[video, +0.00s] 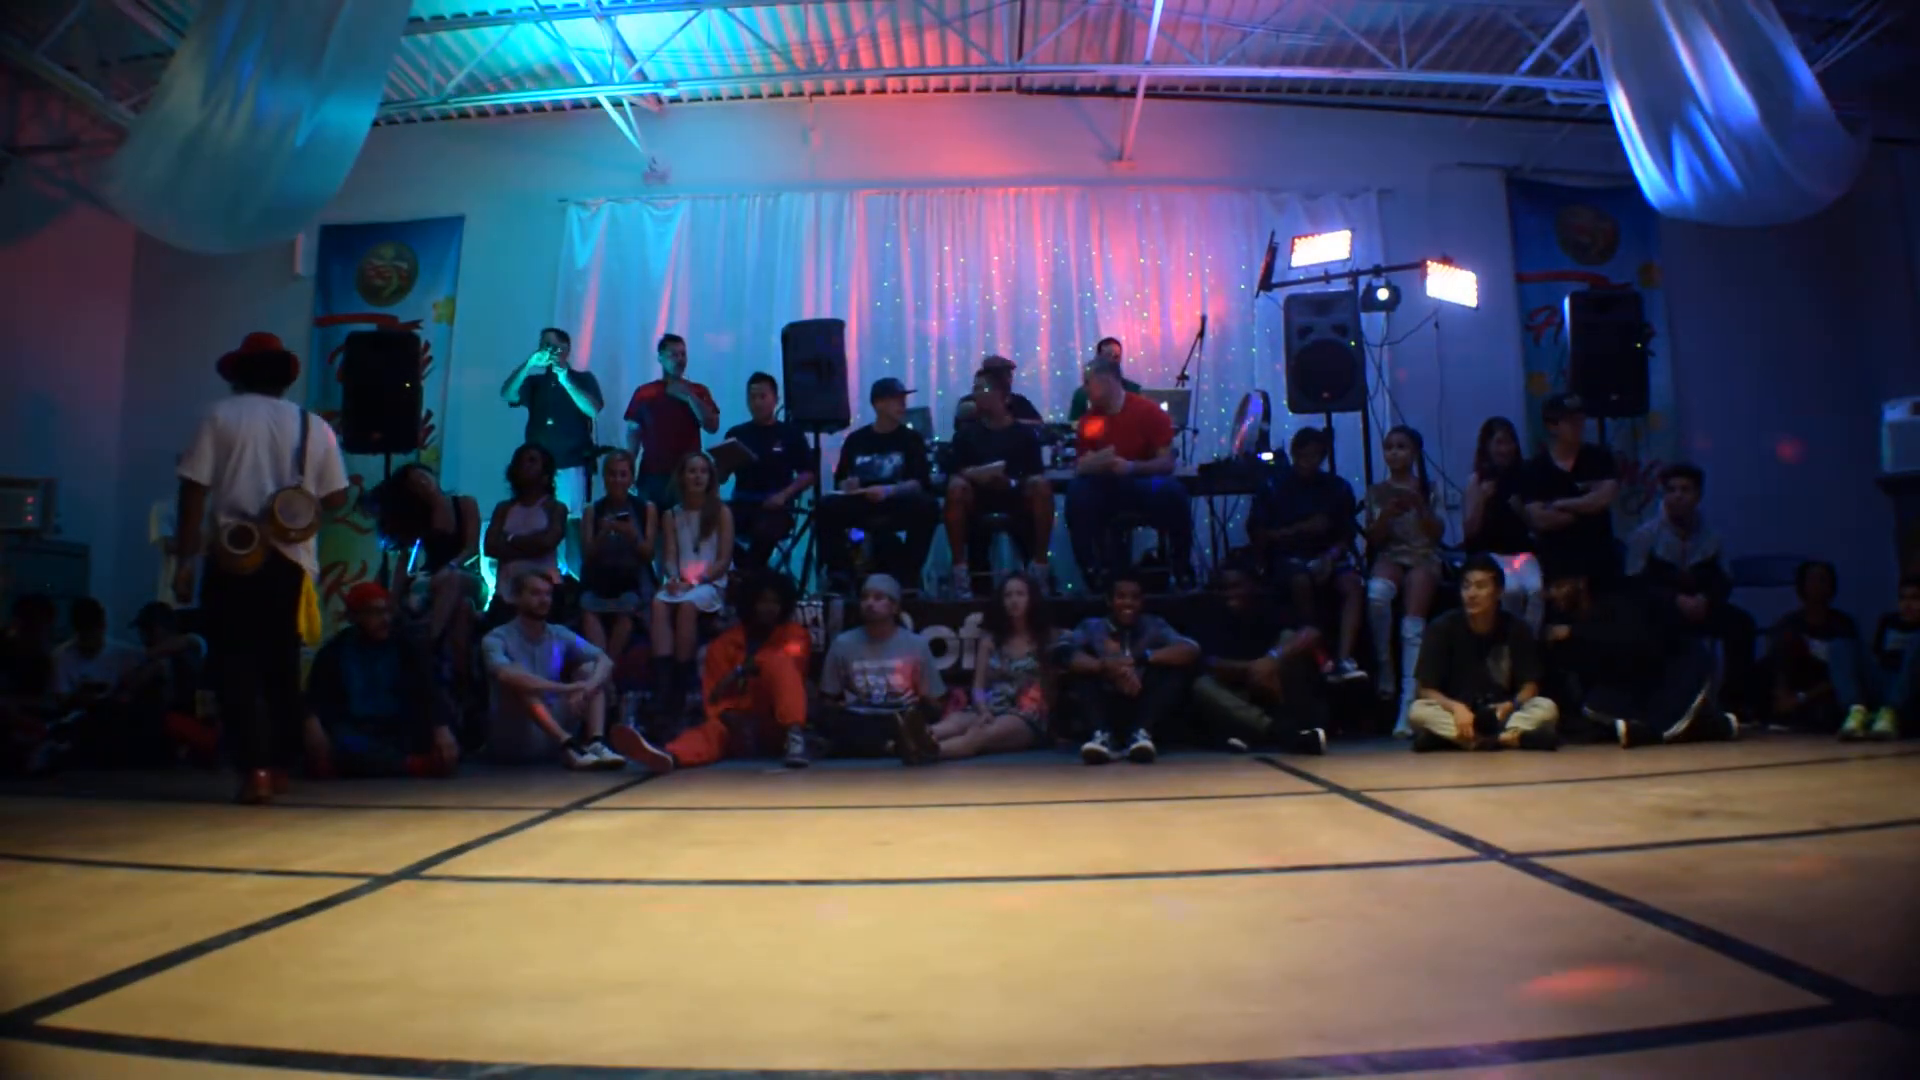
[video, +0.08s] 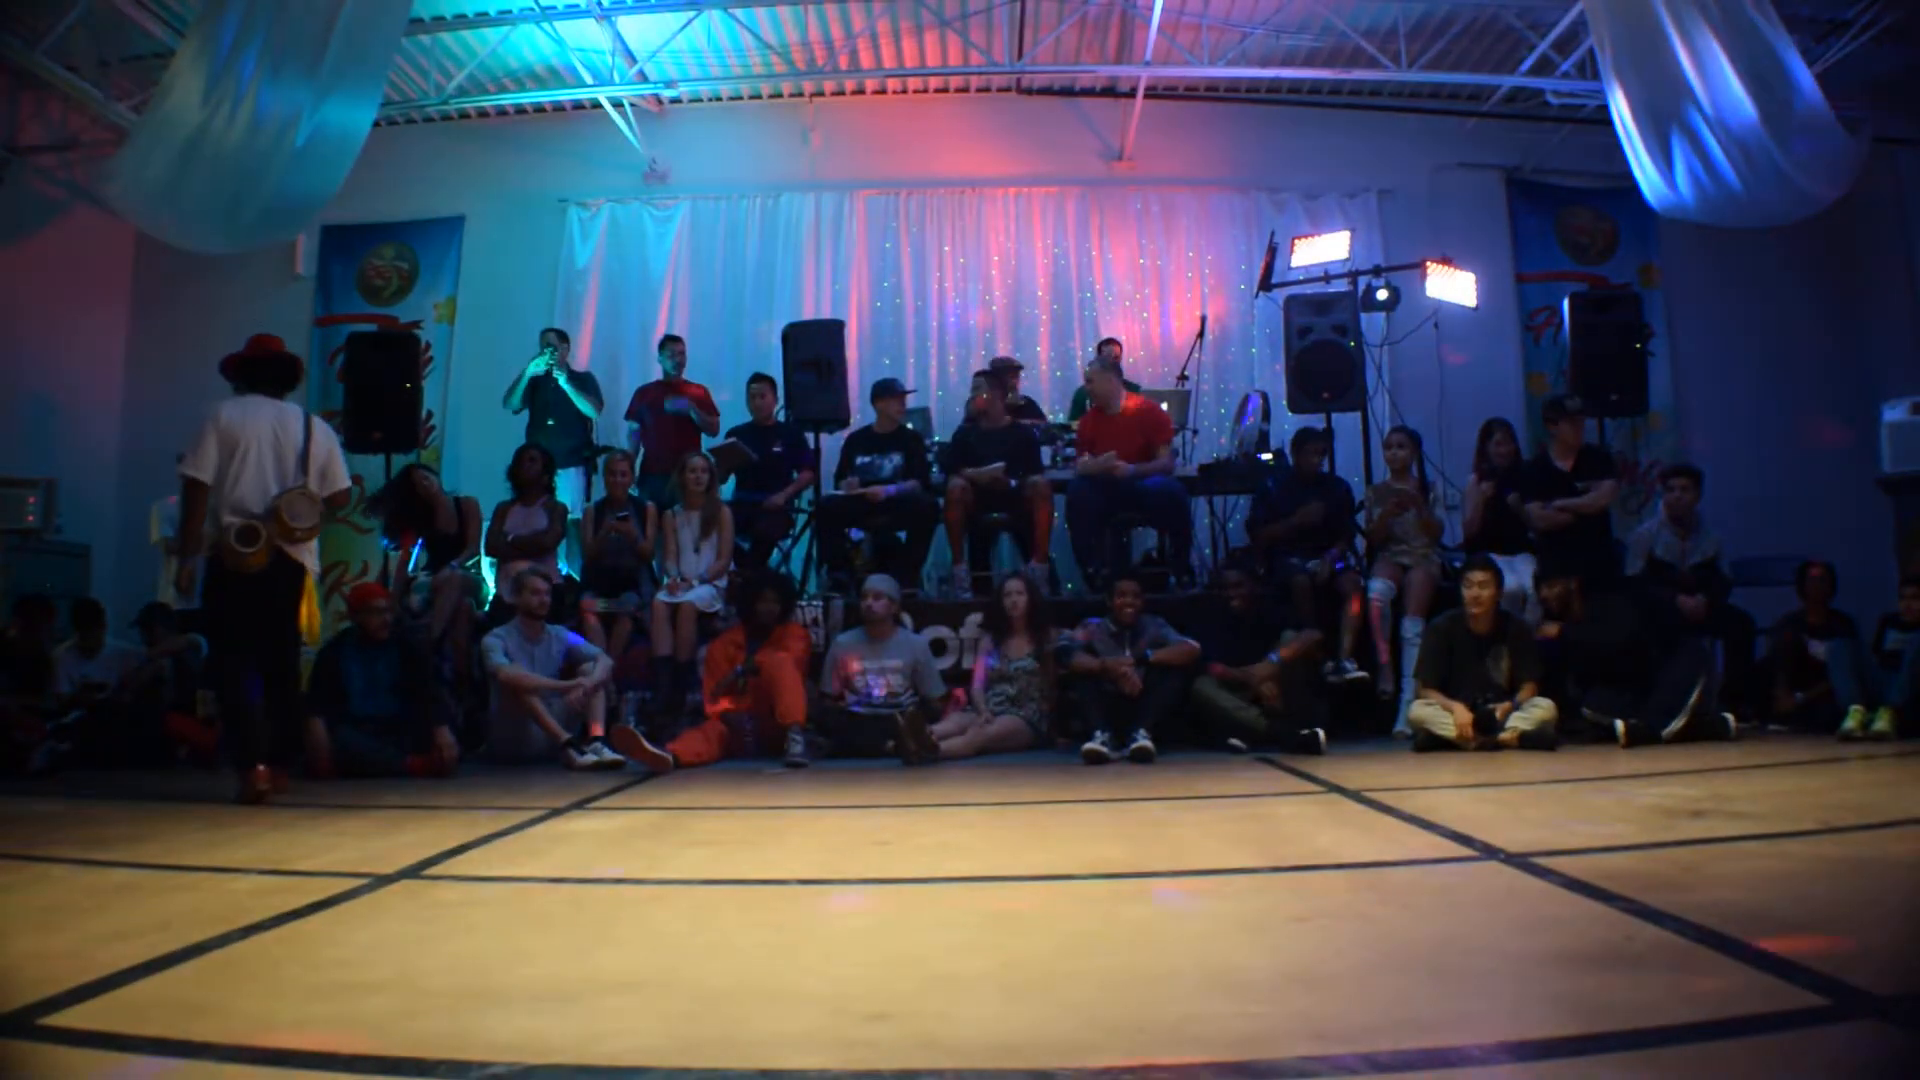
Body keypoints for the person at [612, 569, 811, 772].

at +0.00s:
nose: (768, 609)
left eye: (775, 603)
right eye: (762, 602)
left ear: (784, 607)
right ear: (749, 604)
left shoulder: (793, 634)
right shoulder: (724, 645)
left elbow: (790, 662)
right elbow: (713, 703)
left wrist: (756, 665)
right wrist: (735, 676)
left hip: (775, 718)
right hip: (737, 721)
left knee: (779, 661)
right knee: (709, 734)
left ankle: (795, 737)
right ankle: (670, 756)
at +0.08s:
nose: (768, 609)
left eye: (775, 603)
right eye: (762, 602)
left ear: (784, 607)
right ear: (749, 604)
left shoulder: (793, 634)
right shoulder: (724, 645)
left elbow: (790, 666)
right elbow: (714, 703)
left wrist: (756, 665)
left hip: (775, 718)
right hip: (738, 721)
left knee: (779, 661)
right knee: (711, 733)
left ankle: (794, 738)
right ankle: (671, 756)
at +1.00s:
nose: (767, 609)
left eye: (773, 603)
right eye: (761, 602)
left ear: (783, 606)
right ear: (749, 604)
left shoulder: (793, 633)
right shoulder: (723, 646)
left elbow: (791, 665)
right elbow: (713, 703)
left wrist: (755, 665)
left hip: (774, 717)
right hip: (737, 721)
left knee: (780, 661)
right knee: (710, 735)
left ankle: (795, 737)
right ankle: (670, 755)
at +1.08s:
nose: (767, 609)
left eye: (773, 603)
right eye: (761, 602)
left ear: (783, 606)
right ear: (749, 604)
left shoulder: (793, 633)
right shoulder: (725, 644)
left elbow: (790, 663)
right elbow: (713, 702)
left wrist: (754, 666)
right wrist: (734, 678)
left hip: (773, 715)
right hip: (736, 721)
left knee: (779, 661)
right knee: (710, 734)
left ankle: (795, 737)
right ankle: (670, 755)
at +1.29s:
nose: (768, 609)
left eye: (774, 603)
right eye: (762, 602)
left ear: (784, 606)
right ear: (749, 604)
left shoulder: (793, 633)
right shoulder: (724, 645)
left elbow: (788, 664)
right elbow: (713, 705)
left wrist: (752, 667)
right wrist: (734, 680)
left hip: (775, 715)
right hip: (737, 721)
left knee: (779, 660)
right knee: (711, 733)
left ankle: (795, 736)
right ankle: (670, 755)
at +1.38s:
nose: (767, 609)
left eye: (773, 603)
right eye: (761, 602)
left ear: (783, 606)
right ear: (748, 605)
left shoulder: (793, 633)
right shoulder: (724, 645)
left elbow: (789, 666)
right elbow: (713, 704)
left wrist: (753, 668)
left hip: (775, 715)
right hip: (738, 721)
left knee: (778, 660)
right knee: (711, 734)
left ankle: (795, 737)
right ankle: (670, 755)